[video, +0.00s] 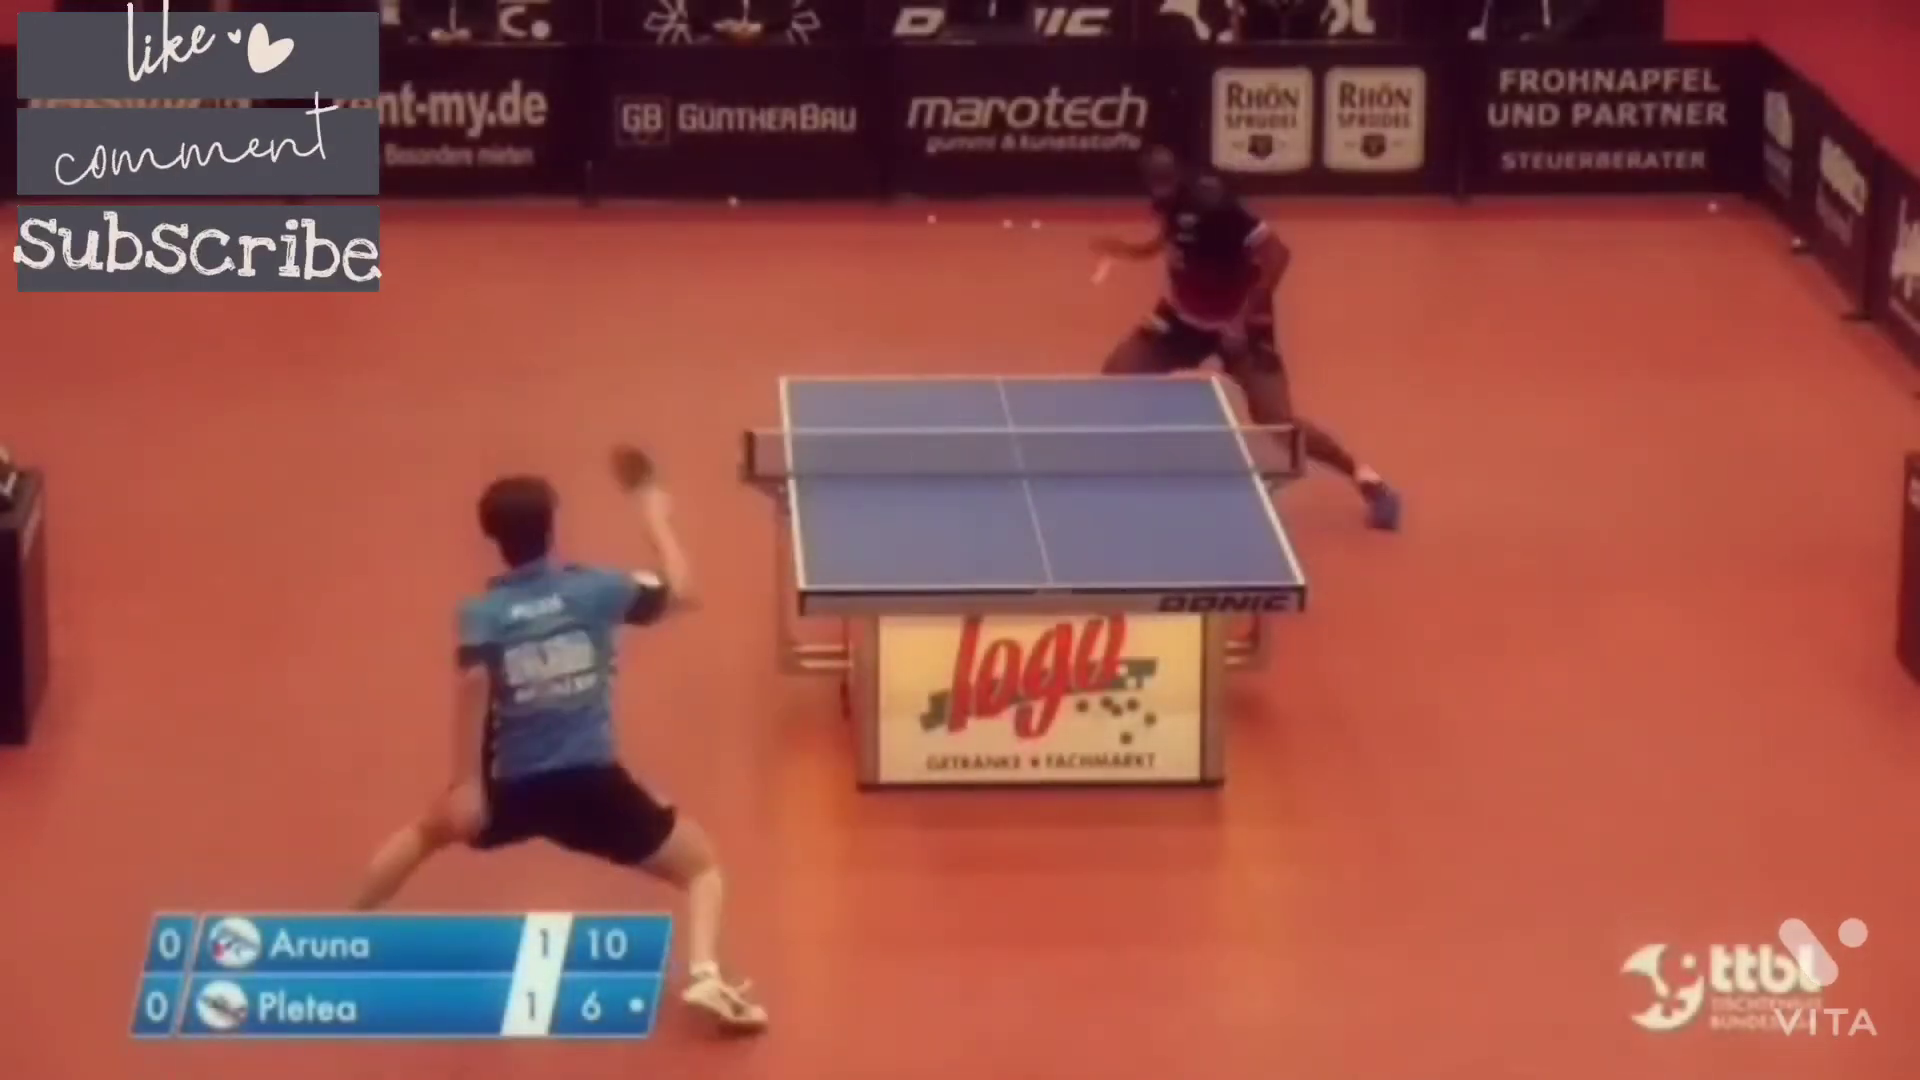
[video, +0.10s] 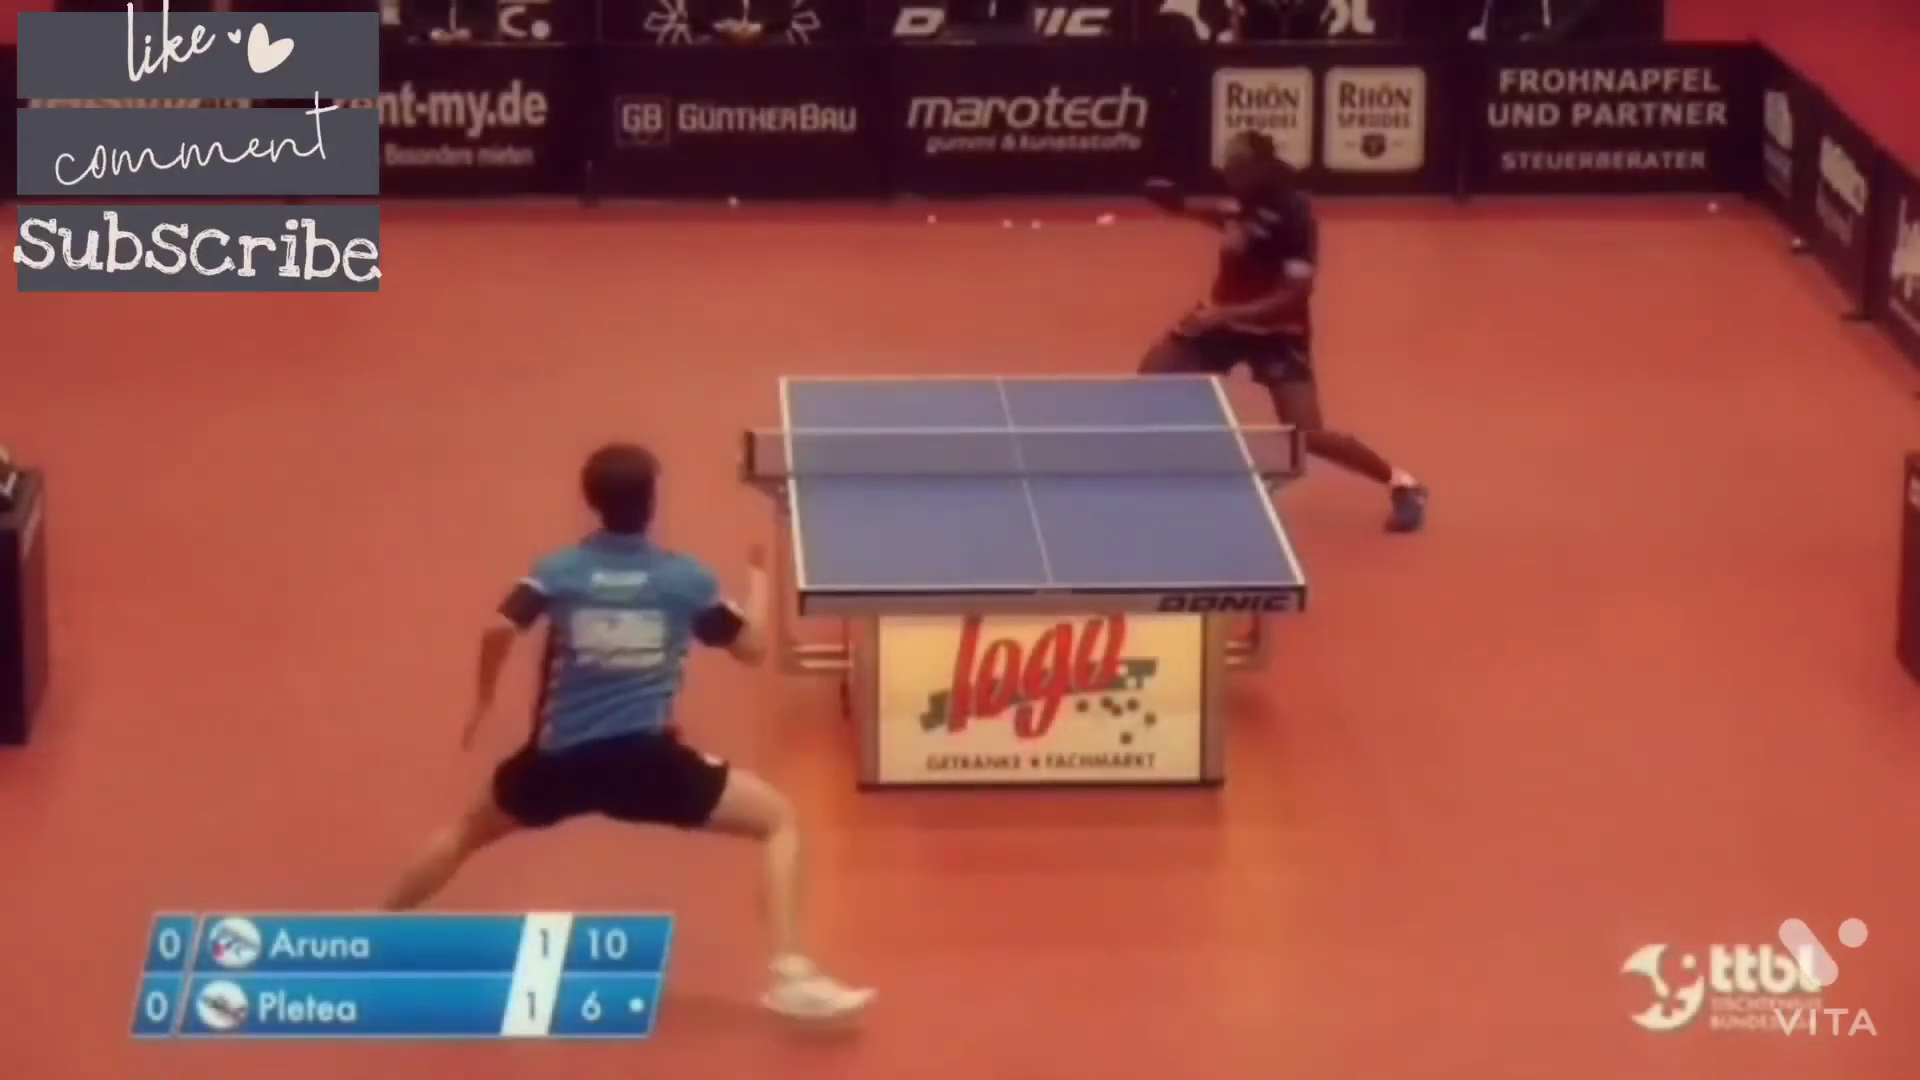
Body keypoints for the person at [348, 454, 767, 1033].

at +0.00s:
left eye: (498, 528)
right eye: (539, 518)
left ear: (494, 537)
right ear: (551, 525)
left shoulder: (481, 611)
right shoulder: (594, 588)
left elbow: (471, 698)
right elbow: (682, 592)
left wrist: (460, 784)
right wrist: (653, 509)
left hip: (515, 795)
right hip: (592, 788)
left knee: (426, 832)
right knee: (700, 869)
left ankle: (342, 928)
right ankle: (704, 975)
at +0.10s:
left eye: (607, 490)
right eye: (646, 489)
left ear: (592, 502)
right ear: (652, 501)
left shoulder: (561, 570)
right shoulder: (681, 578)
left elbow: (498, 631)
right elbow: (753, 647)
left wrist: (483, 702)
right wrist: (764, 584)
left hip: (558, 763)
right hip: (646, 763)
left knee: (466, 836)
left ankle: (372, 935)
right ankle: (790, 971)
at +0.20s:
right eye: (717, 496)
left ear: (661, 506)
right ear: (721, 508)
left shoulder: (625, 567)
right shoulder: (738, 592)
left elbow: (550, 610)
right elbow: (779, 672)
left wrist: (561, 665)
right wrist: (800, 659)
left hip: (594, 756)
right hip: (674, 766)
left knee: (527, 799)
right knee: (796, 862)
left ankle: (486, 927)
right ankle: (889, 992)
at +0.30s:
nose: (802, 545)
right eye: (802, 538)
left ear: (742, 541)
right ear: (799, 552)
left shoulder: (698, 598)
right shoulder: (800, 634)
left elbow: (653, 642)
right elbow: (839, 710)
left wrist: (714, 640)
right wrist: (854, 678)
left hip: (653, 785)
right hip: (734, 793)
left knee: (595, 843)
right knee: (860, 862)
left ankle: (542, 955)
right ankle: (918, 1002)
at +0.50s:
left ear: (749, 516)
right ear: (808, 524)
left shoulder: (709, 570)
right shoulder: (829, 598)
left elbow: (624, 597)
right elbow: (894, 650)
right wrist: (844, 634)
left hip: (693, 763)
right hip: (777, 770)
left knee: (604, 836)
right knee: (883, 852)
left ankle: (549, 962)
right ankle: (923, 1003)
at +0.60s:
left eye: (746, 468)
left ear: (744, 480)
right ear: (801, 488)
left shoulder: (726, 526)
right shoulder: (817, 558)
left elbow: (665, 552)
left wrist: (654, 576)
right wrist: (838, 550)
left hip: (688, 715)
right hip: (768, 725)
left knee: (604, 838)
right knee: (855, 858)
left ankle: (533, 959)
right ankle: (922, 998)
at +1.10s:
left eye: (773, 468)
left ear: (774, 479)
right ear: (835, 484)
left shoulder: (730, 536)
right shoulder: (854, 566)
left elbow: (656, 582)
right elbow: (904, 644)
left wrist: (692, 604)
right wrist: (874, 609)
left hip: (716, 736)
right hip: (806, 740)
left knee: (626, 807)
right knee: (910, 812)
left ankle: (567, 938)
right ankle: (960, 958)